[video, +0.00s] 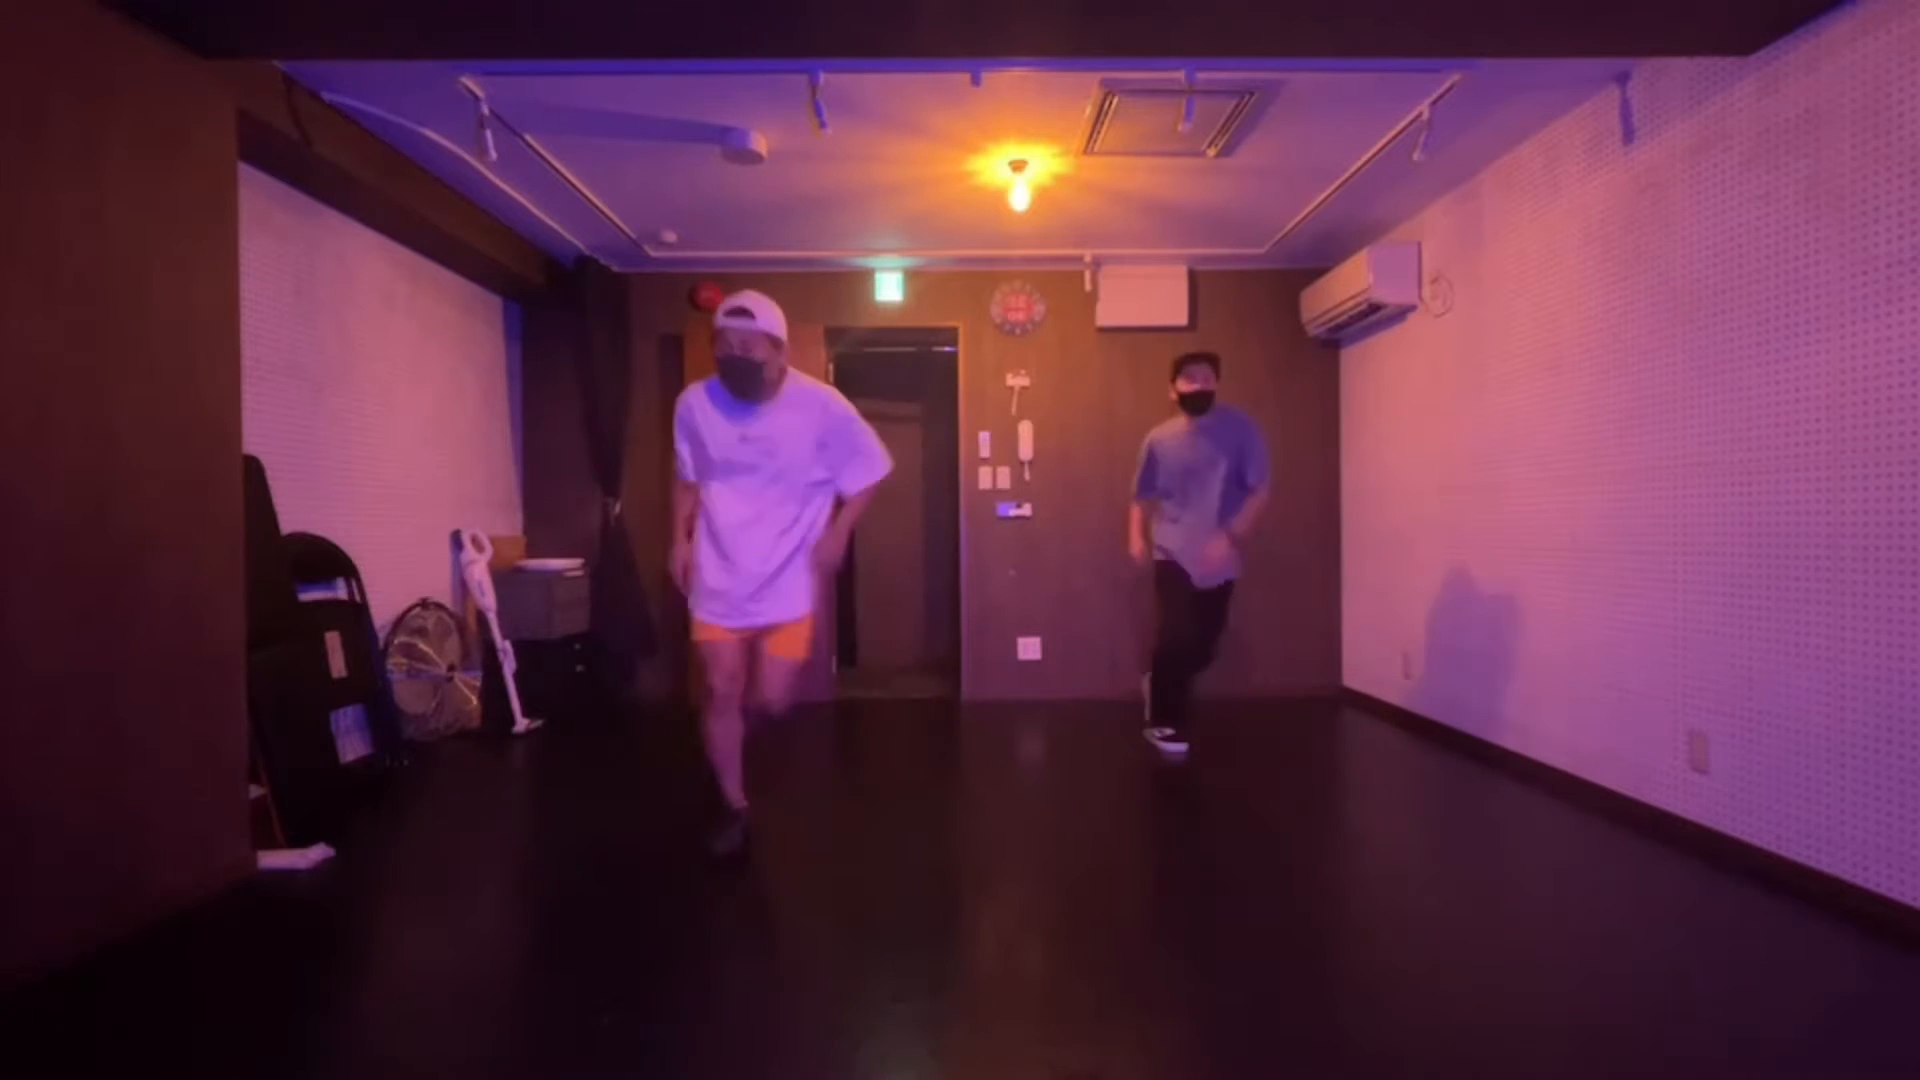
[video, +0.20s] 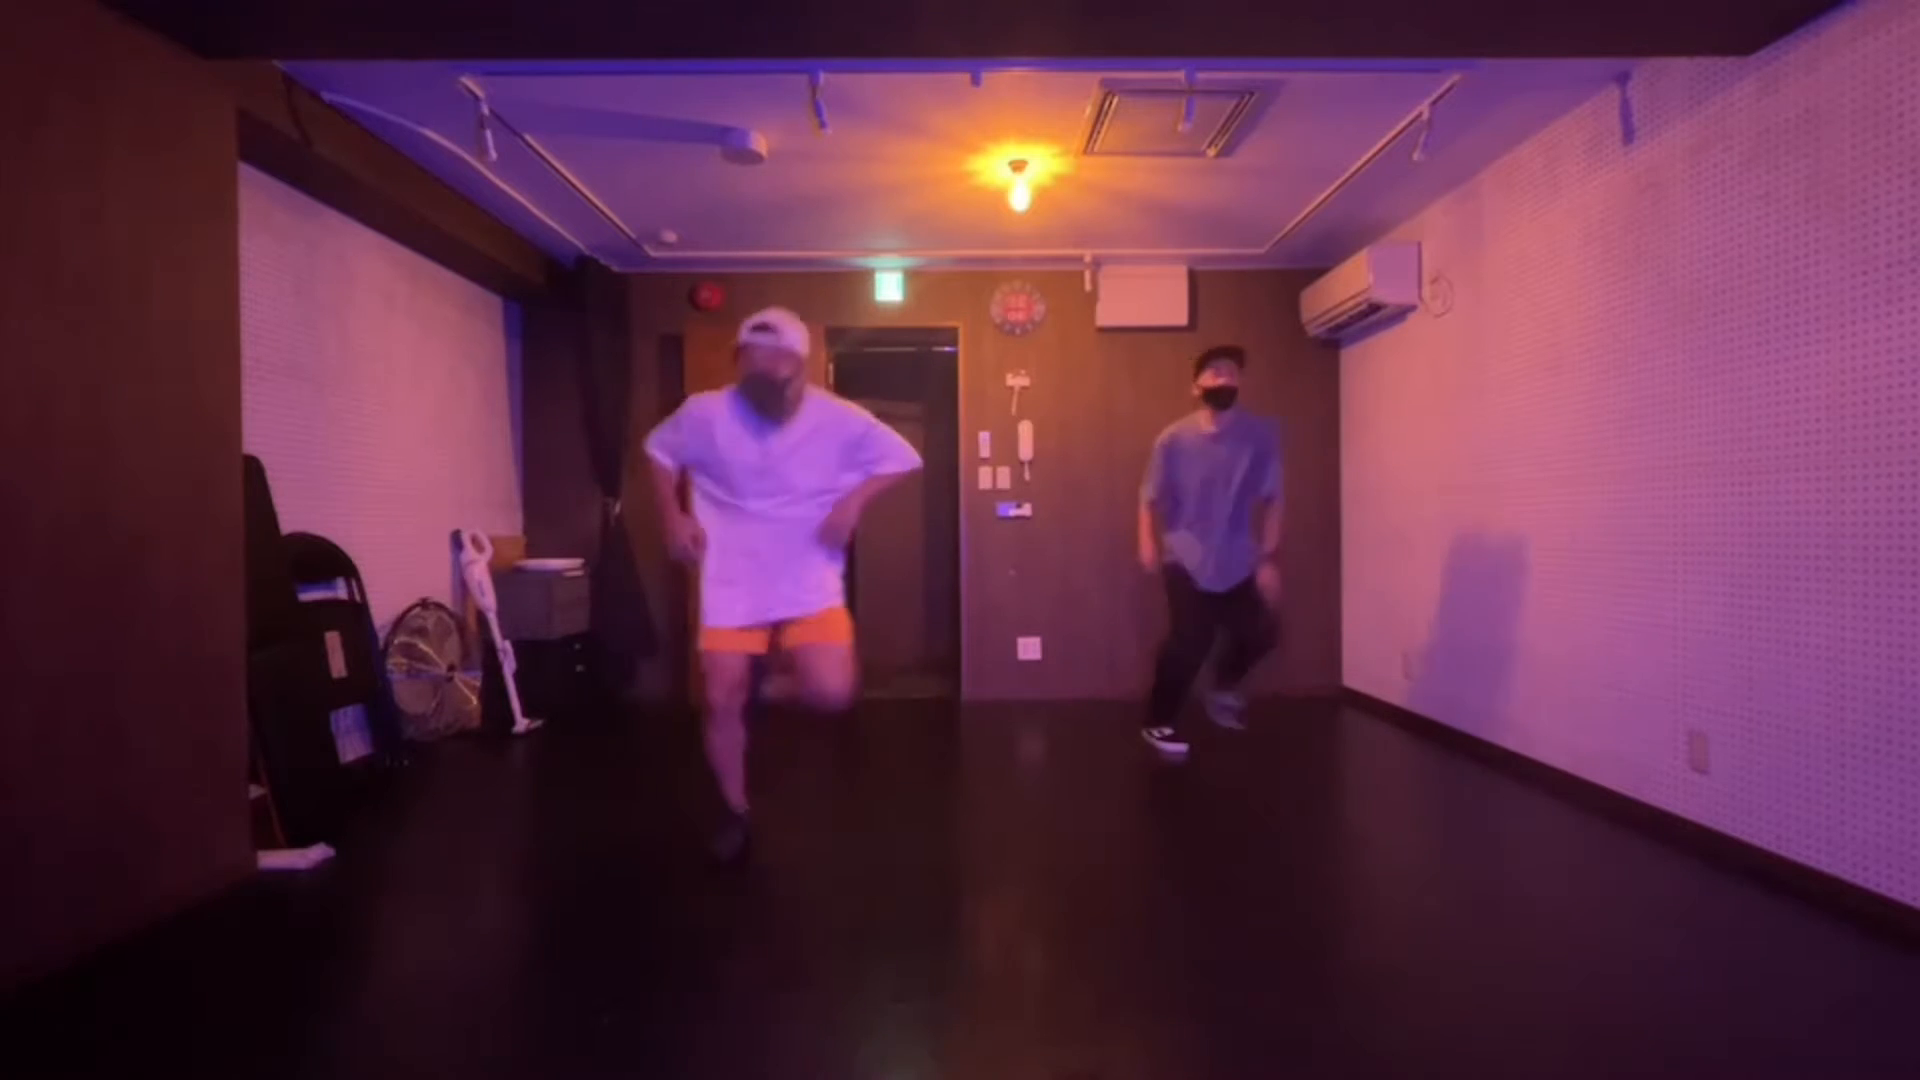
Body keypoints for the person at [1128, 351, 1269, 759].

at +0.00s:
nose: (1197, 387)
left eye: (1205, 379)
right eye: (1188, 379)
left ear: (1217, 385)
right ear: (1174, 387)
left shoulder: (1237, 429)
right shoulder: (1159, 438)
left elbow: (1259, 487)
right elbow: (1141, 494)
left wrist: (1234, 532)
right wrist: (1137, 537)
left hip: (1217, 551)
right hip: (1171, 549)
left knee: (1204, 646)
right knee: (1176, 637)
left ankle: (1158, 681)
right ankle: (1167, 724)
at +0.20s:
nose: (1222, 382)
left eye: (1229, 374)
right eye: (1213, 374)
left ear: (1241, 383)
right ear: (1196, 383)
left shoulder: (1259, 436)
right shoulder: (1173, 439)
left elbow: (1273, 501)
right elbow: (1149, 496)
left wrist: (1267, 557)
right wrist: (1148, 543)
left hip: (1237, 558)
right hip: (1186, 557)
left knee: (1256, 629)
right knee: (1189, 638)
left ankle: (1222, 687)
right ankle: (1159, 721)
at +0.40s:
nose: (1275, 353)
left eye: (1283, 346)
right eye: (1266, 344)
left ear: (1292, 355)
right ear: (1246, 352)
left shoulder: (1305, 403)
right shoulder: (1215, 399)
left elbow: (1321, 458)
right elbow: (1179, 448)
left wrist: (1319, 509)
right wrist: (1181, 493)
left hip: (1287, 549)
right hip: (1228, 548)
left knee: (1319, 635)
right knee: (1202, 636)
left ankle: (1328, 724)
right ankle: (1171, 717)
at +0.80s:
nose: (1374, 391)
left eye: (1384, 385)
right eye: (1368, 381)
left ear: (1391, 395)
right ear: (1349, 384)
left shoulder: (1393, 451)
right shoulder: (1311, 430)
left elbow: (1405, 513)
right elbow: (1261, 474)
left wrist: (1378, 549)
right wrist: (1283, 523)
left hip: (1354, 572)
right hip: (1303, 565)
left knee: (1363, 648)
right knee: (1296, 638)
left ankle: (1368, 726)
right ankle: (1294, 710)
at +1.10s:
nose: (1395, 382)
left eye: (1404, 377)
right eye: (1386, 374)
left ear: (1410, 388)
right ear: (1367, 381)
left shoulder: (1403, 444)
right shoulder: (1344, 423)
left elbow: (1398, 511)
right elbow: (1316, 487)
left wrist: (1393, 463)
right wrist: (1330, 547)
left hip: (1376, 564)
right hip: (1329, 560)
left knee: (1396, 644)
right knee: (1332, 641)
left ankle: (1376, 725)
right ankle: (1334, 704)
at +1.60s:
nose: (1347, 379)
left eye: (1351, 370)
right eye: (1336, 372)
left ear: (1360, 371)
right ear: (1315, 382)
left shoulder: (1387, 408)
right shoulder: (1304, 440)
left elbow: (1428, 456)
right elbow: (1301, 503)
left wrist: (1451, 505)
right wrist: (1361, 495)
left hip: (1396, 547)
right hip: (1343, 545)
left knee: (1400, 638)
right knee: (1343, 621)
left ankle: (1384, 726)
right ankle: (1335, 702)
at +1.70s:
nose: (1333, 385)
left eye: (1338, 376)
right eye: (1322, 378)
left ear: (1347, 378)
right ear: (1302, 387)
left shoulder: (1376, 415)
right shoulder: (1294, 448)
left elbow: (1413, 469)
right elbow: (1296, 510)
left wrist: (1442, 520)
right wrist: (1347, 502)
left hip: (1397, 551)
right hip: (1343, 554)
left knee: (1402, 646)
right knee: (1339, 637)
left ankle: (1384, 726)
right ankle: (1324, 729)